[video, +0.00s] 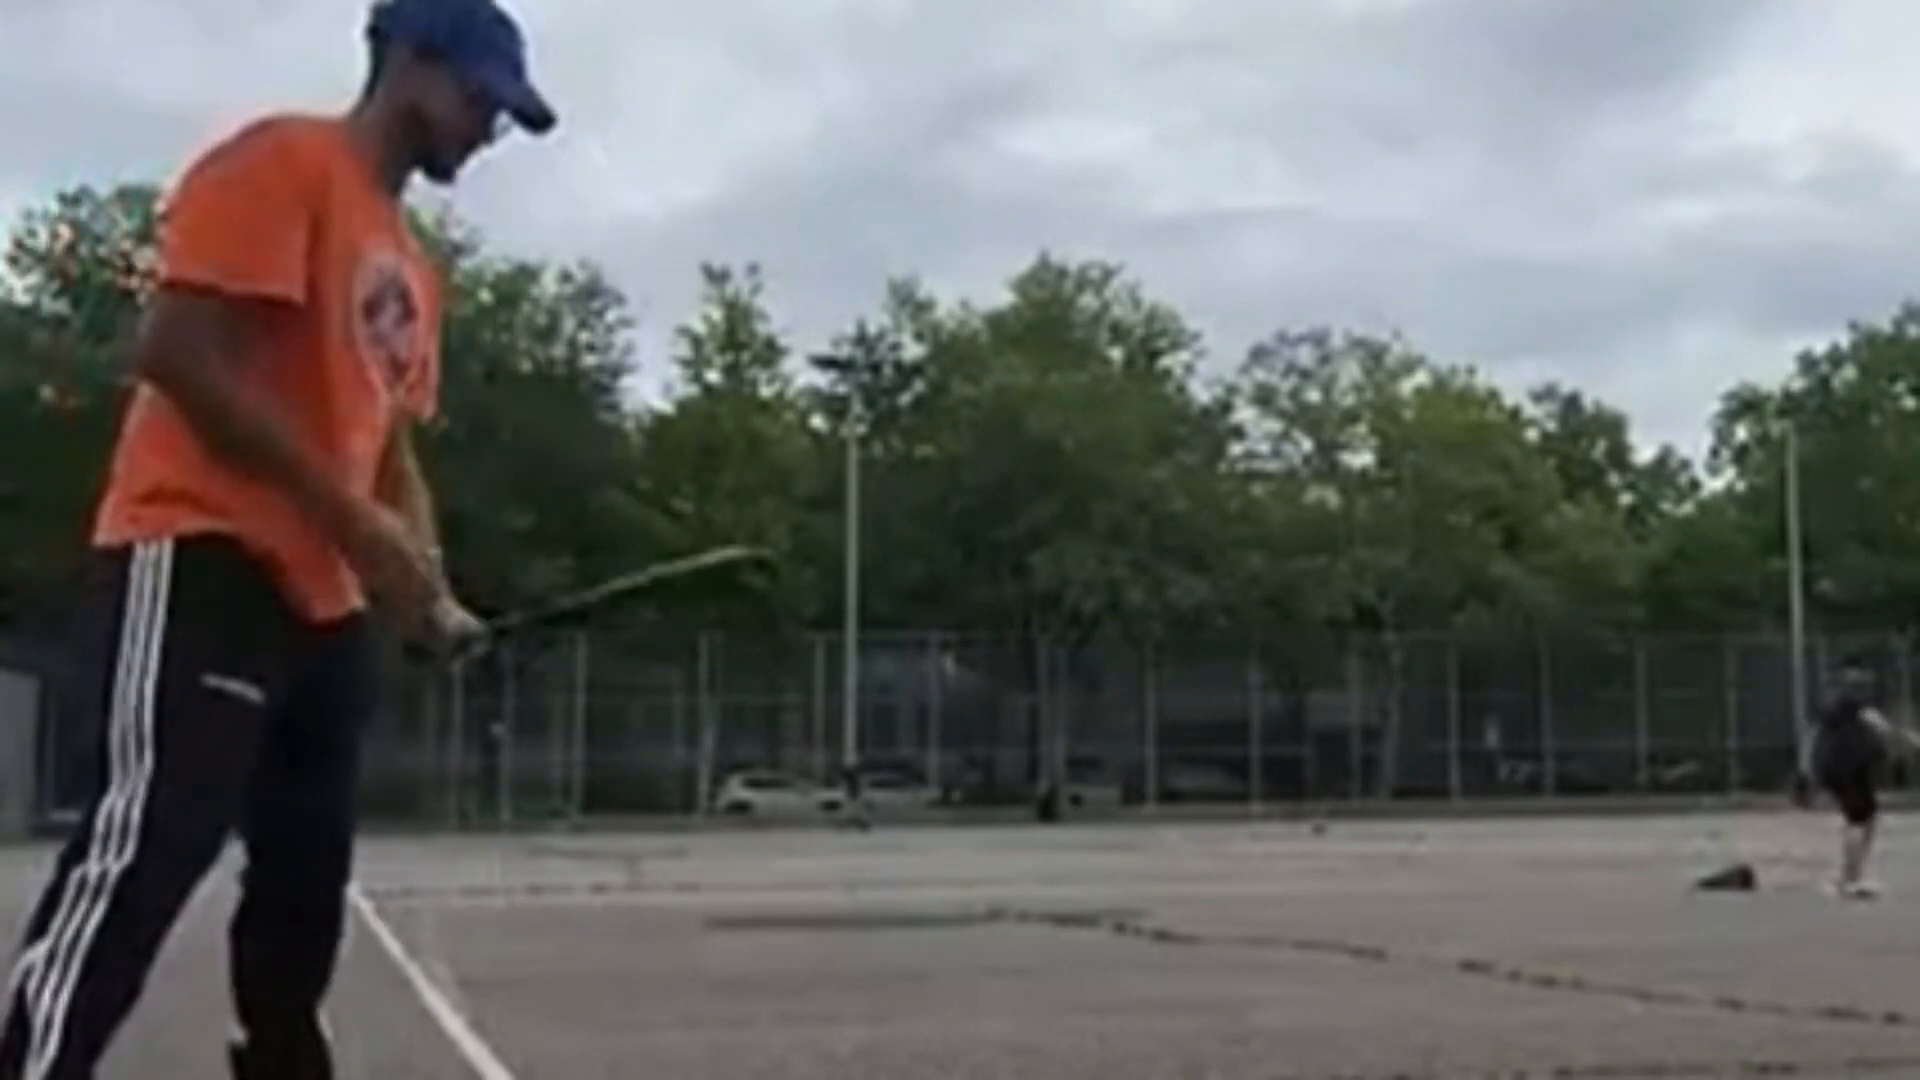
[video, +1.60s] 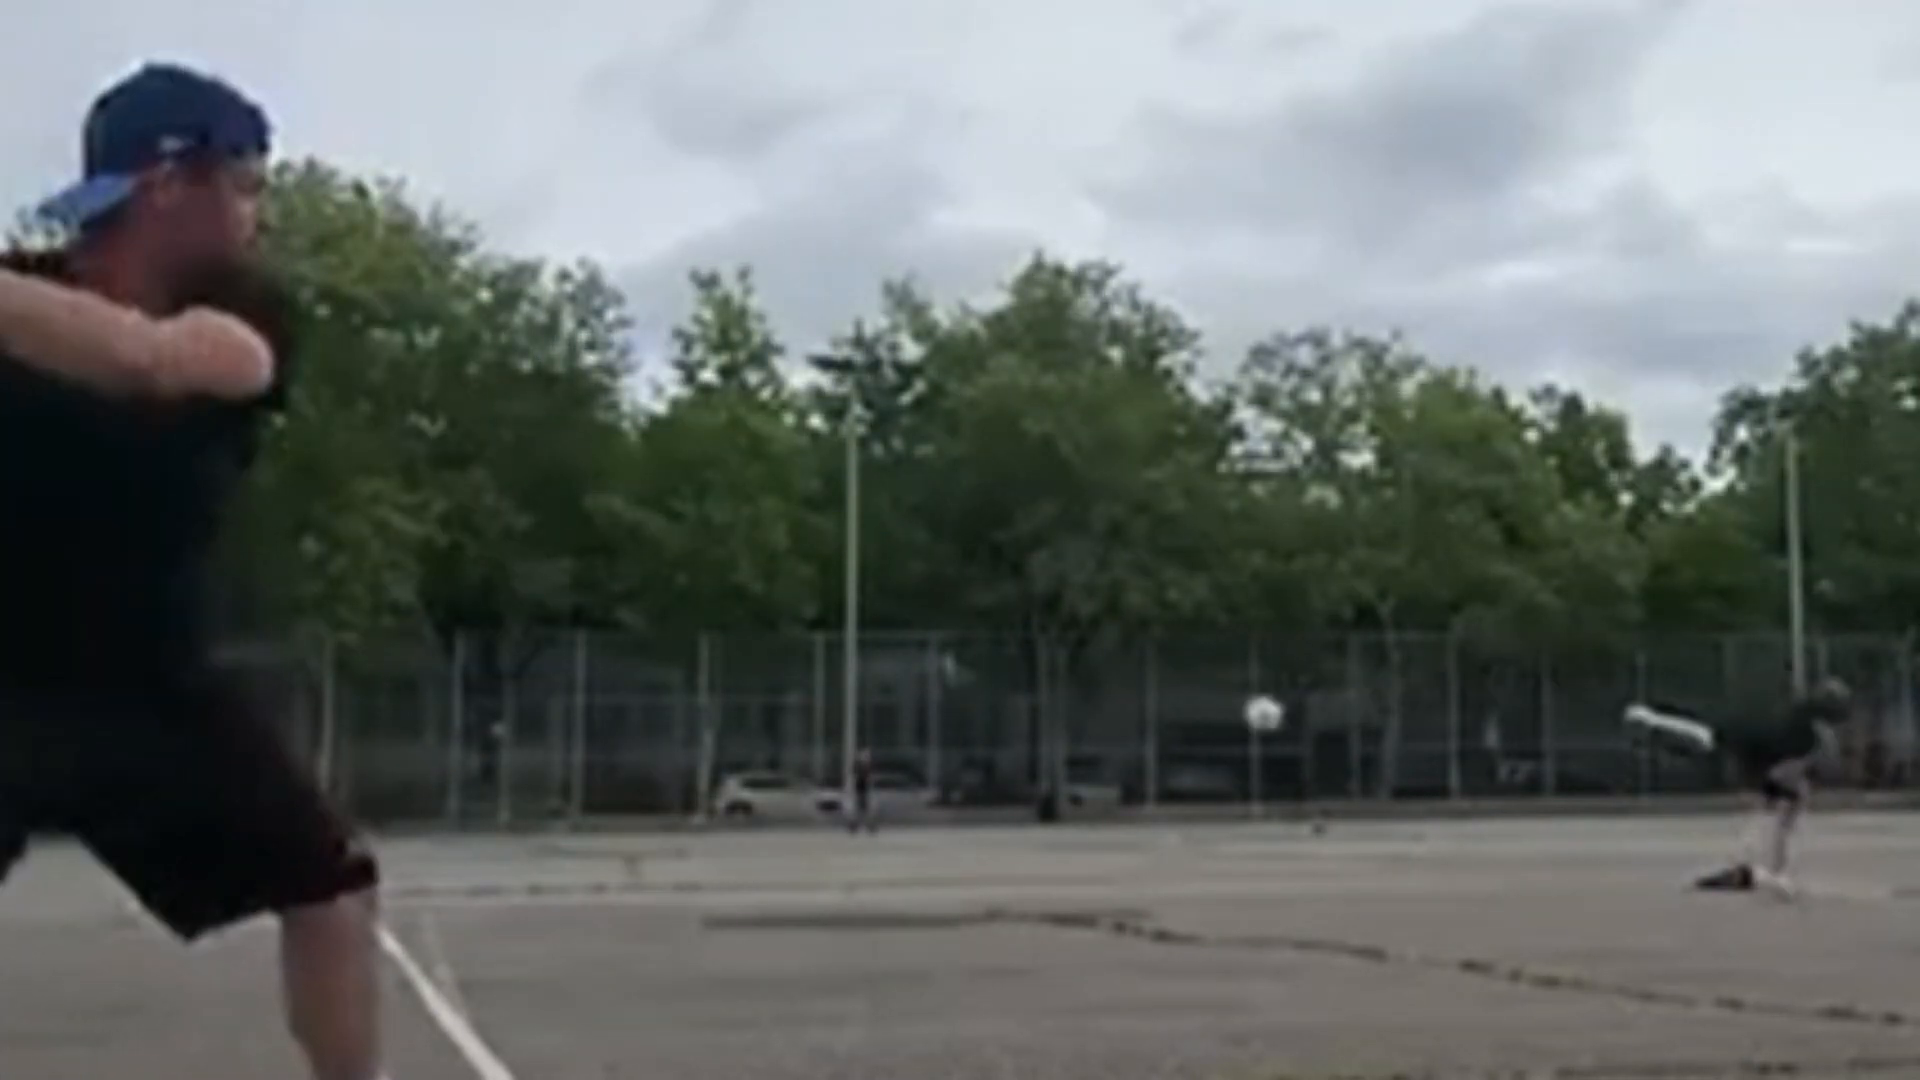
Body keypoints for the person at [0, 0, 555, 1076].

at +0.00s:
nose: (490, 130)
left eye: (502, 113)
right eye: (482, 100)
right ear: (414, 64)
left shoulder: (413, 267)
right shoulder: (285, 155)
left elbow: (391, 451)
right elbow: (175, 344)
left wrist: (420, 578)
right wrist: (361, 529)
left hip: (315, 580)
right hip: (198, 546)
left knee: (306, 856)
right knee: (153, 829)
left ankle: (279, 1053)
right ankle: (38, 1058)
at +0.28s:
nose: (503, 137)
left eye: (514, 121)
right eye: (493, 108)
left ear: (450, 101)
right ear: (420, 71)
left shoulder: (436, 294)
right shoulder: (275, 148)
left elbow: (426, 474)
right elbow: (133, 308)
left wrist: (476, 659)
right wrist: (197, 511)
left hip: (318, 602)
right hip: (186, 562)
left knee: (299, 867)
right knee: (131, 853)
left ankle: (273, 1049)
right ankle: (33, 1058)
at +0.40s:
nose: (527, 157)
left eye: (538, 142)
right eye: (515, 125)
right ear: (441, 86)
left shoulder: (451, 316)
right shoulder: (282, 148)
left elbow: (448, 498)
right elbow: (109, 276)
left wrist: (501, 683)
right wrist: (93, 486)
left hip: (300, 602)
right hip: (170, 555)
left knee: (287, 876)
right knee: (112, 852)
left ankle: (262, 1040)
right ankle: (26, 1056)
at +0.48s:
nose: (194, 49)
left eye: (191, 26)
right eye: (171, 21)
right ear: (100, 25)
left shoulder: (176, 163)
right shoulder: (20, 149)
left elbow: (294, 35)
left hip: (156, 572)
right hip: (30, 575)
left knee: (196, 894)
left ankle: (212, 1066)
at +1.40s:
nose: (194, 92)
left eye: (194, 68)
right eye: (184, 64)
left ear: (176, 86)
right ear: (112, 62)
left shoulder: (176, 222)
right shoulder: (12, 174)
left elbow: (260, 160)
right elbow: (261, 161)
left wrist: (127, 28)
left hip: (100, 589)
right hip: (28, 590)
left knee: (304, 831)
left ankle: (311, 1059)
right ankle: (310, 1055)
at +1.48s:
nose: (228, 137)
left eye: (227, 110)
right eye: (216, 106)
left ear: (141, 99)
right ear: (147, 93)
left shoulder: (208, 249)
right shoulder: (9, 190)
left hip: (98, 611)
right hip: (43, 611)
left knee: (319, 848)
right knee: (315, 848)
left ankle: (349, 1060)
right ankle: (348, 1059)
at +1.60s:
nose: (258, 222)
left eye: (258, 195)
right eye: (243, 191)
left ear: (166, 189)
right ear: (164, 187)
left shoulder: (241, 335)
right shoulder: (29, 302)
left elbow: (143, 356)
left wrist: (6, 294)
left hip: (140, 698)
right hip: (17, 699)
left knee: (330, 886)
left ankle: (350, 1073)